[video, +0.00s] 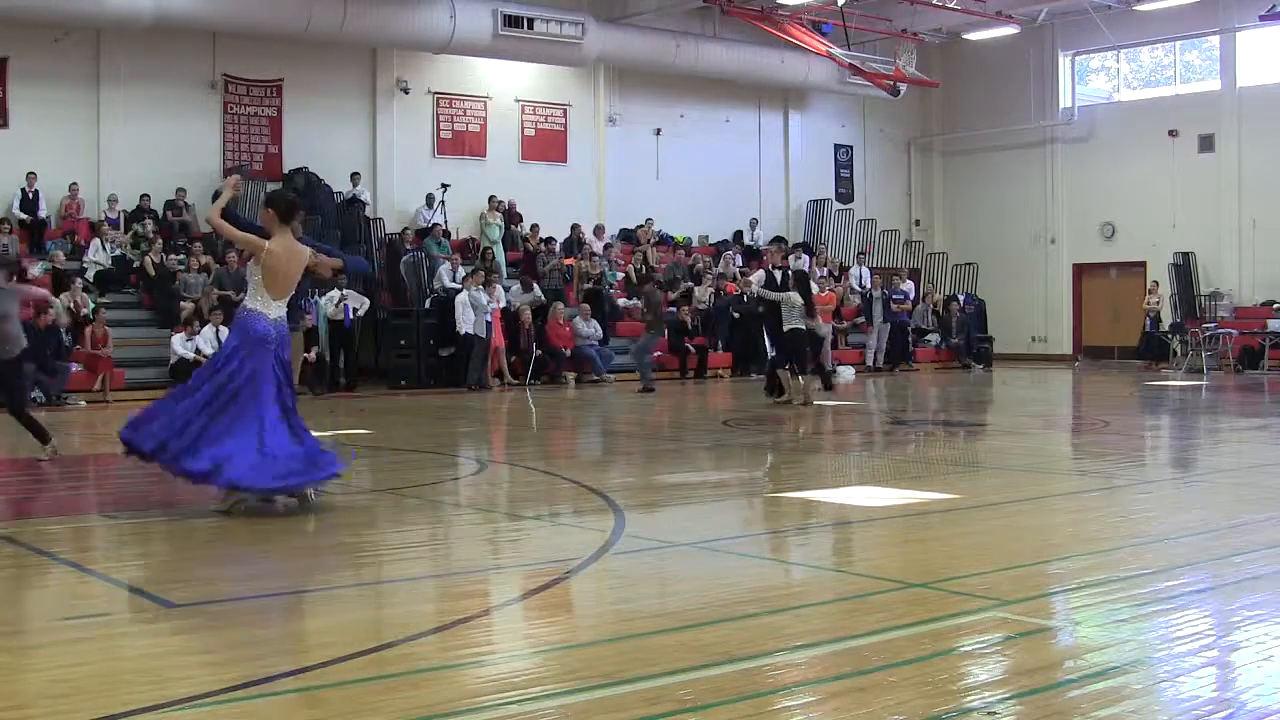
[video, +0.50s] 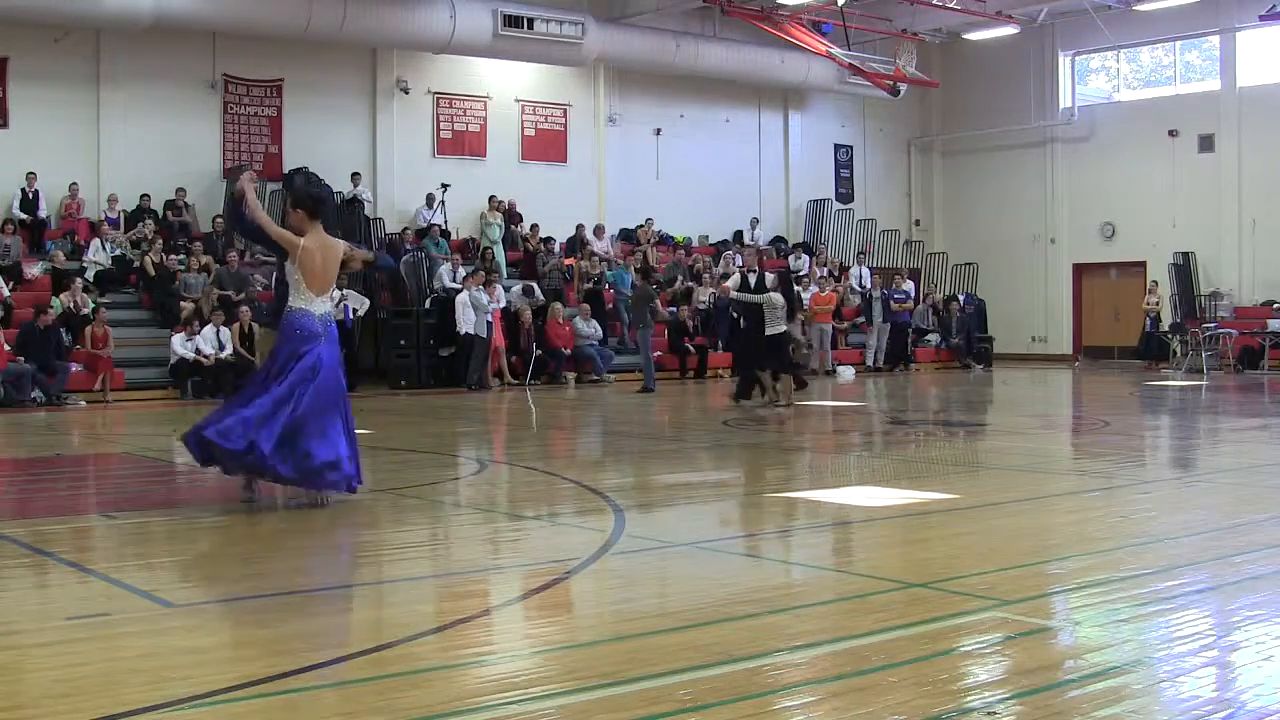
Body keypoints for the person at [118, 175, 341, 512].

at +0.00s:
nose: (261, 214)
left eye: (264, 210)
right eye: (263, 210)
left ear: (272, 214)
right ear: (292, 217)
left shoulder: (264, 247)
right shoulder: (304, 253)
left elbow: (214, 219)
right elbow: (328, 268)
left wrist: (228, 192)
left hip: (252, 325)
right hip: (278, 329)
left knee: (248, 402)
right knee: (270, 402)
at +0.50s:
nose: (287, 217)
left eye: (289, 211)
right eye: (289, 211)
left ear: (300, 212)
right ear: (319, 211)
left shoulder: (298, 244)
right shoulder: (340, 246)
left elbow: (258, 216)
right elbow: (365, 258)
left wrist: (248, 189)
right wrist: (357, 258)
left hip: (298, 328)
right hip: (326, 329)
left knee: (277, 395)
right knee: (321, 401)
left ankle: (252, 462)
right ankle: (318, 478)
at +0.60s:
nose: (292, 219)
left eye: (295, 213)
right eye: (293, 213)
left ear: (310, 216)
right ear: (321, 214)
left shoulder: (306, 248)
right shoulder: (347, 250)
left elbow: (268, 222)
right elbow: (372, 260)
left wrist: (252, 194)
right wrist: (360, 260)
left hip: (306, 329)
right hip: (334, 331)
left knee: (292, 399)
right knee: (330, 400)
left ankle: (267, 467)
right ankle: (333, 473)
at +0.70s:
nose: (307, 219)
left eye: (310, 213)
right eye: (308, 213)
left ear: (322, 215)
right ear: (335, 216)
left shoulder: (316, 251)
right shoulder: (352, 250)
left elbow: (283, 231)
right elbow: (371, 256)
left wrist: (261, 203)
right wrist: (373, 256)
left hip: (318, 331)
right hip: (344, 331)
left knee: (311, 400)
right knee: (342, 401)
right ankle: (361, 469)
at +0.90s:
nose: (334, 217)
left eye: (338, 212)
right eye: (336, 211)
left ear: (351, 216)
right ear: (362, 217)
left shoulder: (345, 248)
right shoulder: (376, 247)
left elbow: (303, 234)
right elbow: (383, 250)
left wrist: (268, 210)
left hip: (348, 328)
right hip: (369, 327)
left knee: (334, 400)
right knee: (362, 400)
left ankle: (332, 473)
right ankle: (370, 468)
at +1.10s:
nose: (363, 217)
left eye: (369, 213)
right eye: (364, 212)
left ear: (386, 219)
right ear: (387, 220)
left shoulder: (377, 250)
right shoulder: (396, 246)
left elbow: (331, 232)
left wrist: (298, 208)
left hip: (373, 328)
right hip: (388, 327)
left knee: (347, 392)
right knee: (389, 397)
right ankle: (406, 466)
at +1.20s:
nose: (381, 221)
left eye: (386, 216)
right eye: (382, 215)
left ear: (403, 221)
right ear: (404, 222)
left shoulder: (393, 254)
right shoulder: (411, 249)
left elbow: (349, 236)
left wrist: (315, 210)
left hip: (388, 331)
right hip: (401, 329)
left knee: (369, 397)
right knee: (407, 397)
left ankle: (371, 471)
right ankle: (426, 467)